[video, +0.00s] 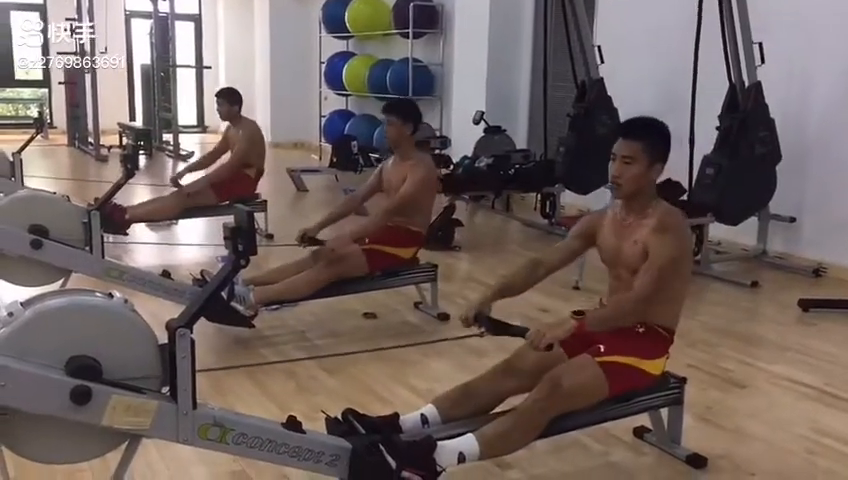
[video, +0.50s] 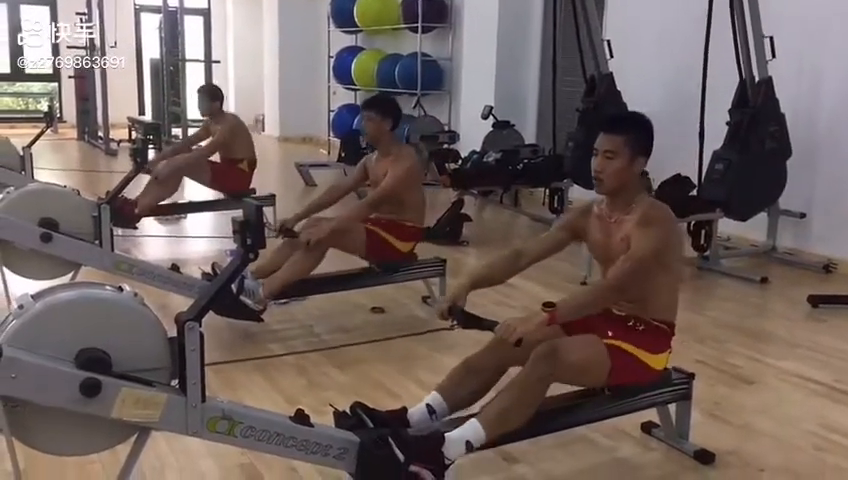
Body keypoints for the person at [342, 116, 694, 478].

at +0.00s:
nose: (617, 170)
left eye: (630, 162)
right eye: (615, 159)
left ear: (657, 170)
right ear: (609, 162)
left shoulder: (670, 226)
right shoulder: (601, 220)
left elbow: (634, 305)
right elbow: (541, 264)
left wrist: (566, 329)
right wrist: (491, 295)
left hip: (645, 342)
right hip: (601, 326)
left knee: (551, 391)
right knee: (510, 370)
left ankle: (442, 457)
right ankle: (401, 427)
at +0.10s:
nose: (613, 169)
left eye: (626, 161)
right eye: (611, 158)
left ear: (654, 169)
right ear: (607, 160)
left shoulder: (669, 224)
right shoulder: (599, 219)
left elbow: (631, 298)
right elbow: (537, 264)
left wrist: (562, 327)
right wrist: (485, 293)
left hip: (646, 340)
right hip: (602, 323)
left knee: (552, 390)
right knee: (513, 369)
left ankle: (442, 457)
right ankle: (402, 426)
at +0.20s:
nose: (611, 167)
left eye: (623, 160)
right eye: (609, 157)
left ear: (652, 168)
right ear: (605, 160)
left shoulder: (667, 224)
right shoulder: (598, 218)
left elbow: (628, 294)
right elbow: (536, 261)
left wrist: (556, 325)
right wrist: (483, 290)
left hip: (645, 339)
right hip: (601, 321)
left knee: (552, 387)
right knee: (514, 367)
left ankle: (444, 456)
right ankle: (407, 424)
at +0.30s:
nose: (607, 167)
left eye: (620, 158)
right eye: (606, 156)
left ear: (649, 166)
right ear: (604, 159)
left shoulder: (665, 224)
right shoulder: (596, 218)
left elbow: (625, 293)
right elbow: (531, 260)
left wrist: (556, 323)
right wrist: (478, 290)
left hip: (646, 338)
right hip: (602, 320)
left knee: (553, 380)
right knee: (513, 363)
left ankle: (445, 455)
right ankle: (406, 424)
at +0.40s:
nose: (603, 166)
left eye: (615, 157)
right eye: (601, 155)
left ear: (644, 165)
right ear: (598, 158)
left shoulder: (660, 220)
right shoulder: (590, 215)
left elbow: (619, 290)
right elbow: (527, 257)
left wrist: (551, 321)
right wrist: (473, 283)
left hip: (646, 340)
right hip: (600, 321)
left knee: (550, 366)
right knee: (512, 349)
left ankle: (447, 452)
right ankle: (410, 422)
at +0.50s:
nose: (597, 166)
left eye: (610, 157)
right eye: (596, 154)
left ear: (640, 164)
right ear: (594, 154)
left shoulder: (656, 222)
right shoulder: (587, 214)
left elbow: (612, 290)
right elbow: (521, 256)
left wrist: (544, 320)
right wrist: (466, 283)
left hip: (644, 342)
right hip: (599, 322)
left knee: (547, 356)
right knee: (507, 342)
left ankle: (448, 450)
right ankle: (415, 420)